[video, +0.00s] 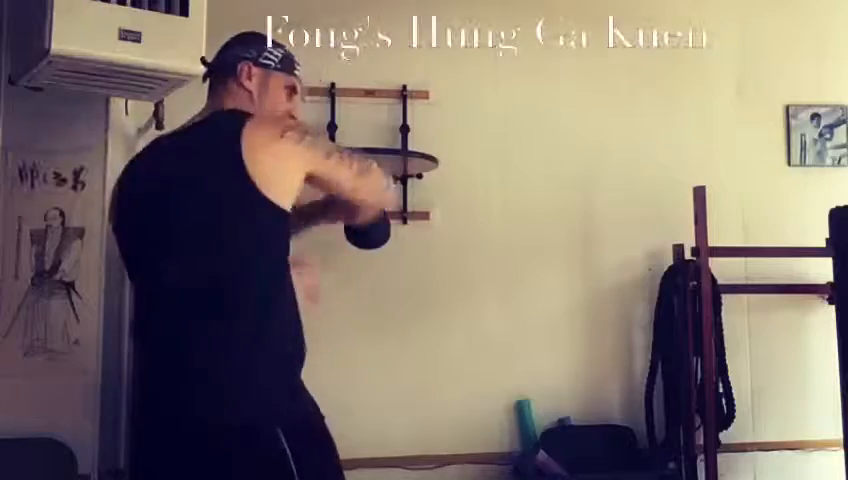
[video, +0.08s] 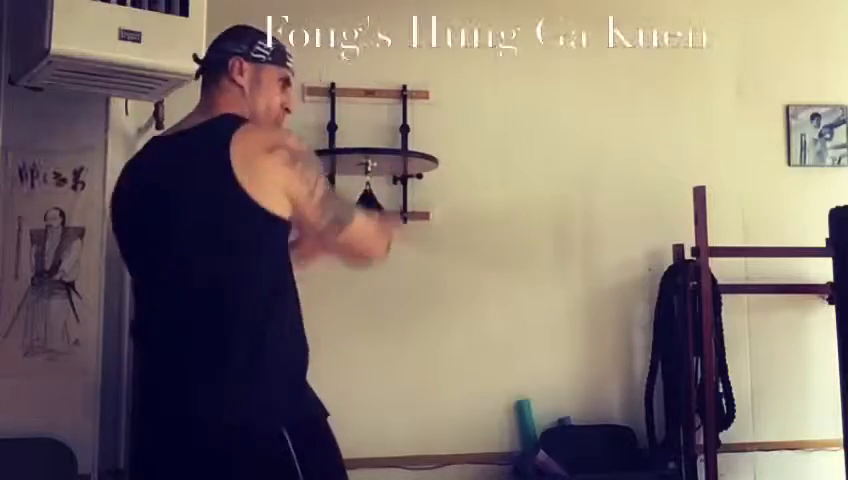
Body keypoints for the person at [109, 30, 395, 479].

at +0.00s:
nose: (295, 111)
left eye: (297, 96)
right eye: (289, 91)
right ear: (247, 76)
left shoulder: (136, 170)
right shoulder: (274, 140)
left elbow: (171, 276)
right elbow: (374, 193)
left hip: (163, 406)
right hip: (258, 408)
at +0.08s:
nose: (289, 103)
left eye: (289, 88)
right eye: (282, 83)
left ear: (233, 76)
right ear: (239, 72)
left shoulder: (135, 171)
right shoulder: (268, 148)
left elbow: (207, 272)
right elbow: (366, 242)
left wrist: (304, 248)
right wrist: (380, 228)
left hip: (165, 410)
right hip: (263, 412)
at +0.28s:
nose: (278, 85)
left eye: (274, 69)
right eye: (266, 66)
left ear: (218, 66)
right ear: (219, 64)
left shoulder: (151, 165)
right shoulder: (236, 165)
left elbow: (246, 258)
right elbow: (340, 273)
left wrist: (349, 233)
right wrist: (409, 236)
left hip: (173, 413)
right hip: (259, 421)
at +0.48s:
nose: (264, 80)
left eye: (259, 65)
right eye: (251, 62)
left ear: (203, 65)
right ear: (201, 63)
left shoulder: (197, 164)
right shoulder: (190, 170)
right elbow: (314, 268)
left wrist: (320, 221)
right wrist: (391, 203)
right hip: (247, 436)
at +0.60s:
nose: (273, 86)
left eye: (269, 71)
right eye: (260, 69)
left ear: (215, 71)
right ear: (211, 70)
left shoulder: (262, 175)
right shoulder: (165, 174)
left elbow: (332, 281)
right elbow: (223, 310)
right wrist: (315, 251)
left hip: (280, 423)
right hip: (198, 431)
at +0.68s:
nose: (285, 91)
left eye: (283, 77)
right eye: (273, 74)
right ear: (224, 72)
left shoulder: (285, 183)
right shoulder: (157, 176)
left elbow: (337, 282)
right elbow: (138, 311)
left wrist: (272, 276)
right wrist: (246, 305)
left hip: (281, 428)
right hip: (187, 433)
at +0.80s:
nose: (310, 104)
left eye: (310, 91)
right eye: (301, 86)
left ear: (260, 81)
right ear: (255, 78)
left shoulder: (307, 188)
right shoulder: (158, 165)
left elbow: (331, 289)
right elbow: (40, 227)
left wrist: (240, 289)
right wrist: (73, 280)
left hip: (272, 423)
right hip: (176, 424)